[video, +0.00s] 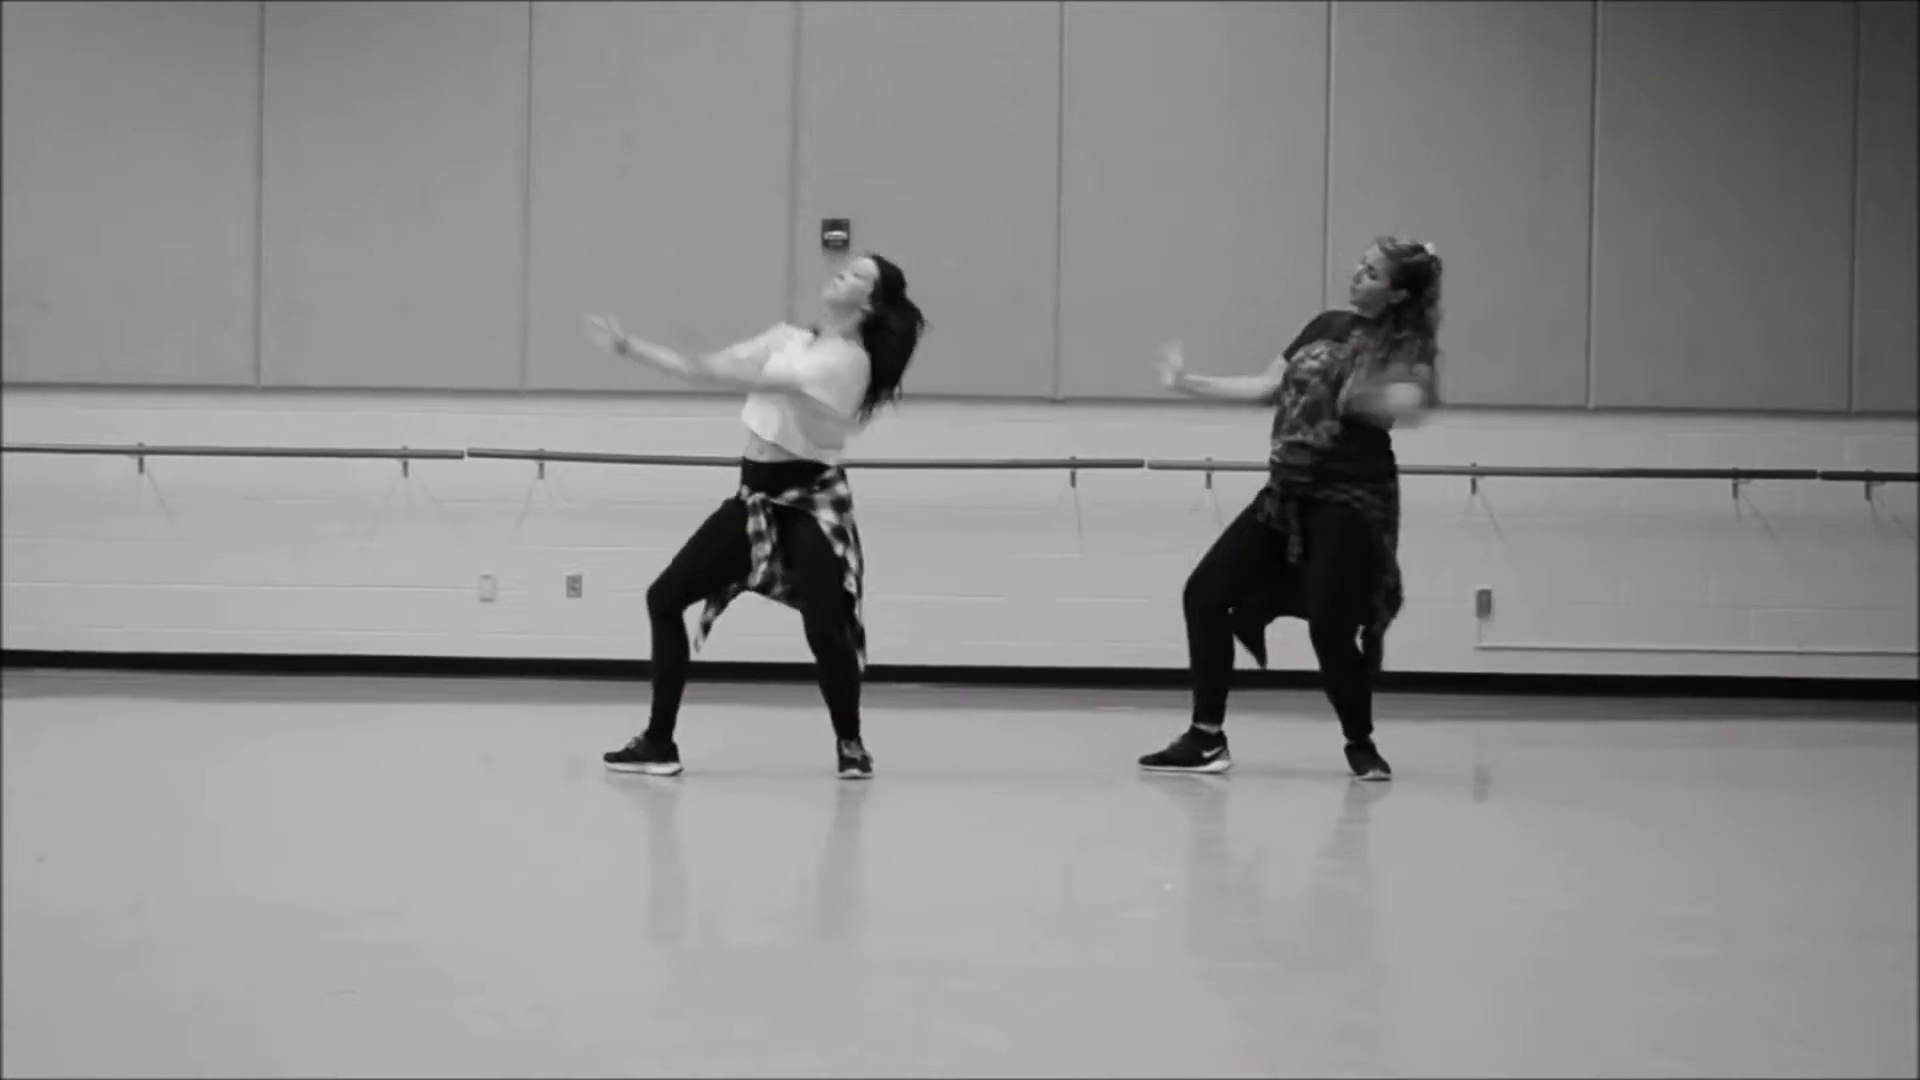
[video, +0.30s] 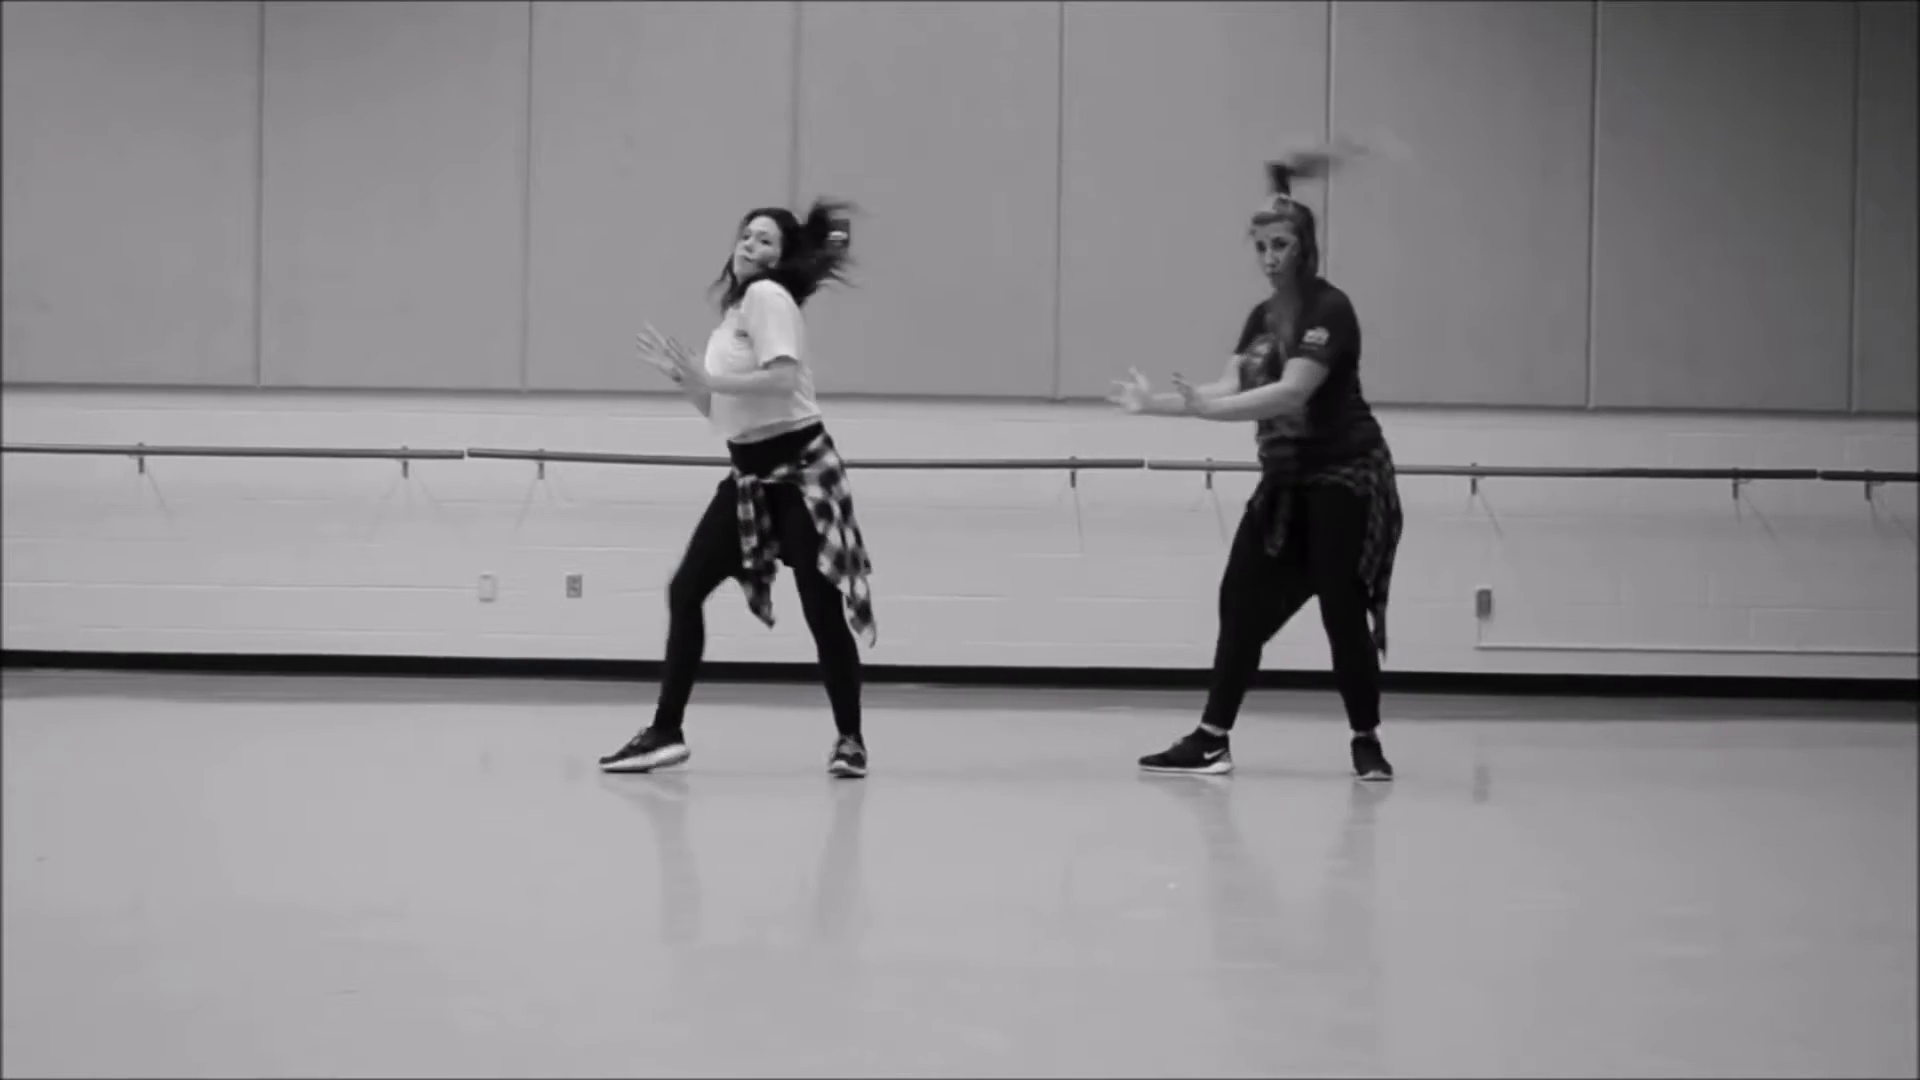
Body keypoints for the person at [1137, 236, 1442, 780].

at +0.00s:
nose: (1357, 274)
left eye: (1372, 273)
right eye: (1362, 265)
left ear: (1397, 295)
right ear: (1359, 274)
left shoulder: (1403, 348)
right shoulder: (1327, 326)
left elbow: (1407, 400)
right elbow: (1264, 386)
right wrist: (1188, 381)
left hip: (1351, 502)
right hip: (1286, 495)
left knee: (1330, 626)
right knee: (1204, 595)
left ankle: (1361, 746)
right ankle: (1206, 735)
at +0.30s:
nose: (1271, 255)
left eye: (1282, 244)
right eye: (1262, 246)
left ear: (1306, 247)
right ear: (1254, 252)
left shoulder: (1329, 310)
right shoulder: (1260, 317)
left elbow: (1292, 394)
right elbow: (1230, 387)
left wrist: (1209, 403)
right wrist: (1162, 401)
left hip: (1347, 482)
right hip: (1287, 484)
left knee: (1342, 609)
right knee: (1241, 600)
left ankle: (1366, 743)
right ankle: (1213, 736)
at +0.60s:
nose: (1269, 297)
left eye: (1280, 283)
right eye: (1259, 286)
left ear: (1305, 274)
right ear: (1251, 282)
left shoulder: (1340, 330)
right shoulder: (1254, 330)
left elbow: (1301, 414)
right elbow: (1227, 410)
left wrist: (1225, 412)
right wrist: (1157, 411)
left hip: (1327, 500)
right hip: (1260, 499)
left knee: (1316, 630)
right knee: (1211, 619)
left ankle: (1405, 732)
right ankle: (1166, 731)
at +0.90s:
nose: (1321, 325)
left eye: (1331, 311)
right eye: (1309, 314)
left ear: (1352, 305)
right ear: (1295, 312)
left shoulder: (1383, 359)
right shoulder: (1281, 354)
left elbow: (1358, 447)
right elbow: (1253, 431)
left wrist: (1282, 448)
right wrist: (1207, 441)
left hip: (1338, 516)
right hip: (1264, 510)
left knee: (1354, 629)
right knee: (1168, 603)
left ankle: (1371, 746)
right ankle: (1200, 736)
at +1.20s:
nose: (1281, 269)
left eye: (1292, 258)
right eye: (1273, 258)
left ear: (1317, 261)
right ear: (1262, 261)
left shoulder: (1335, 323)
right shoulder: (1245, 303)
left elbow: (1317, 408)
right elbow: (1186, 358)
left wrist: (1235, 395)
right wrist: (1162, 372)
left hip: (1314, 488)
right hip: (1236, 483)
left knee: (1343, 616)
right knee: (1179, 596)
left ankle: (1374, 739)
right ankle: (1201, 734)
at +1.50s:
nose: (1162, 260)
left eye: (1166, 245)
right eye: (1148, 257)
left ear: (1188, 238)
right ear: (1141, 266)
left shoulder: (1234, 289)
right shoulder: (1147, 299)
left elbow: (1195, 355)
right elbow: (1091, 345)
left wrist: (1114, 389)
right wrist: (1065, 387)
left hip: (1264, 464)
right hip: (1195, 468)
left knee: (1274, 588)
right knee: (1193, 600)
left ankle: (1306, 715)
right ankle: (1201, 733)